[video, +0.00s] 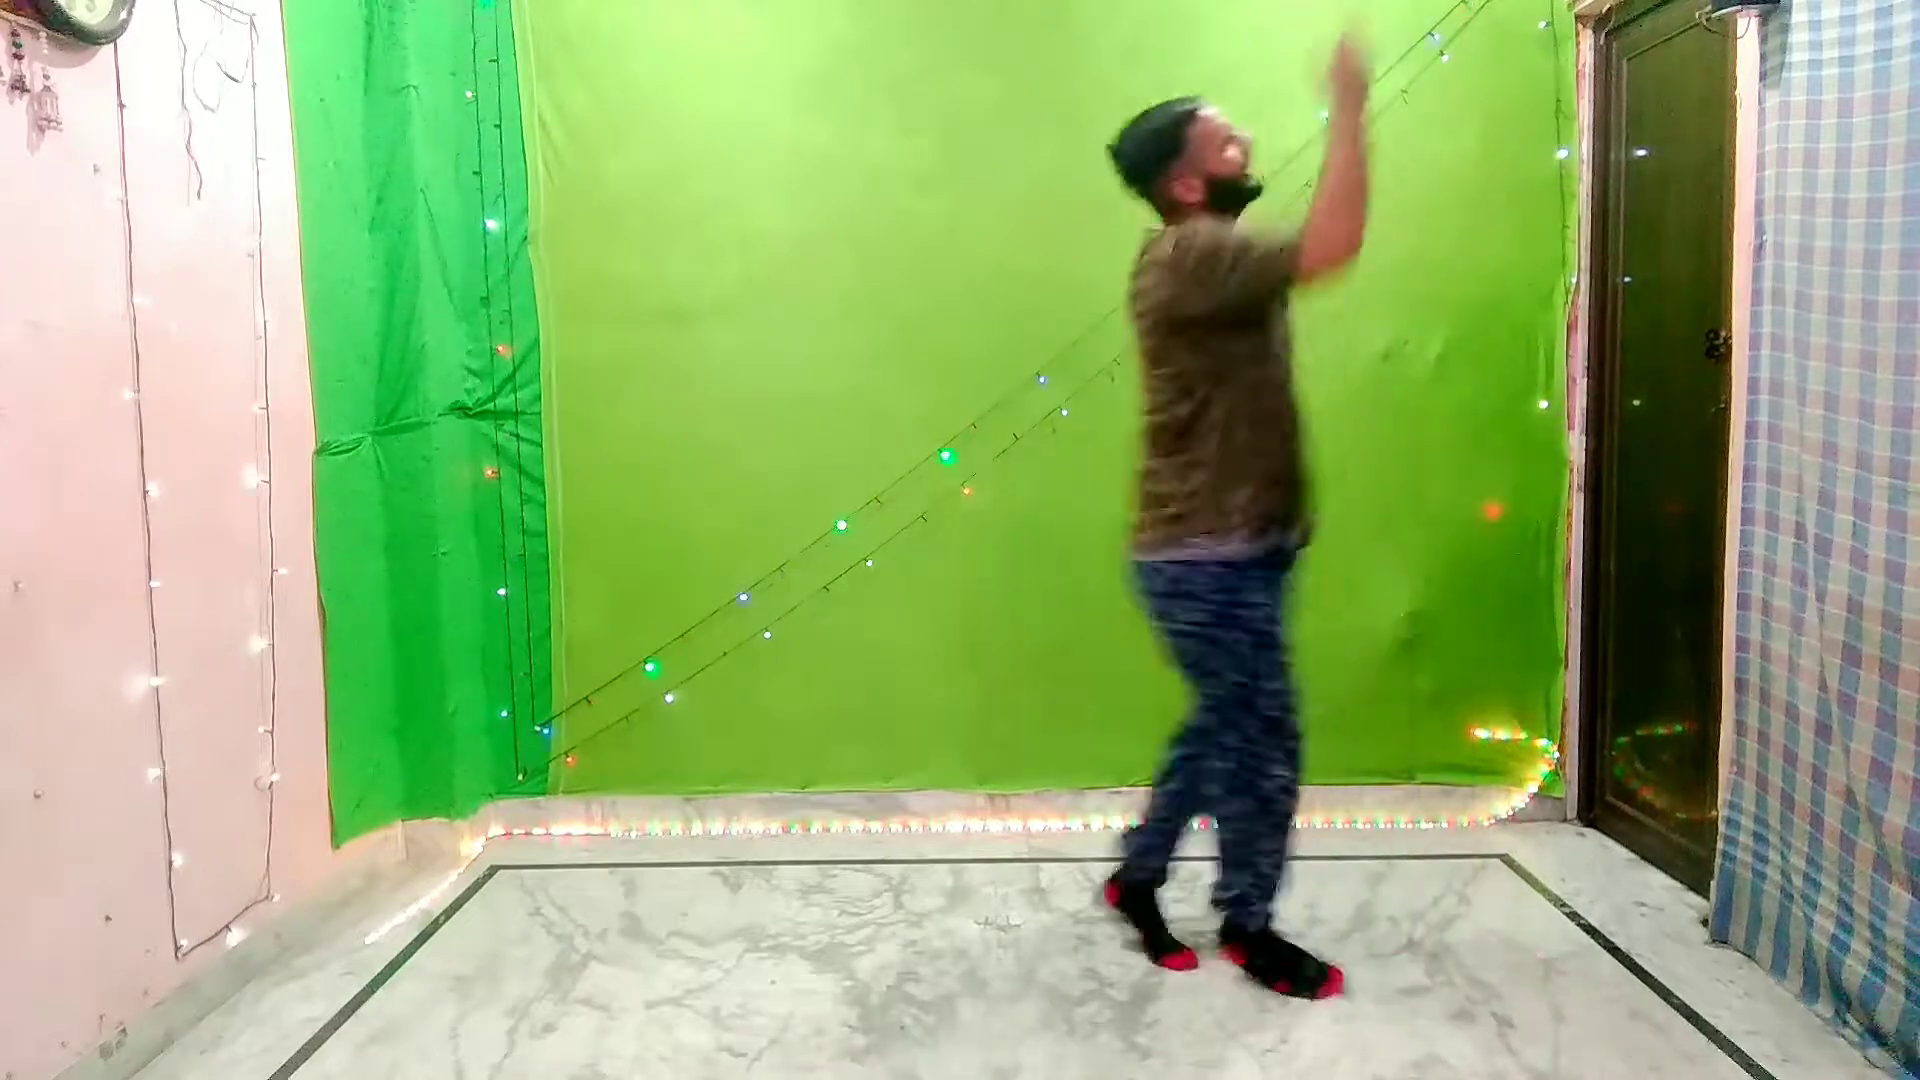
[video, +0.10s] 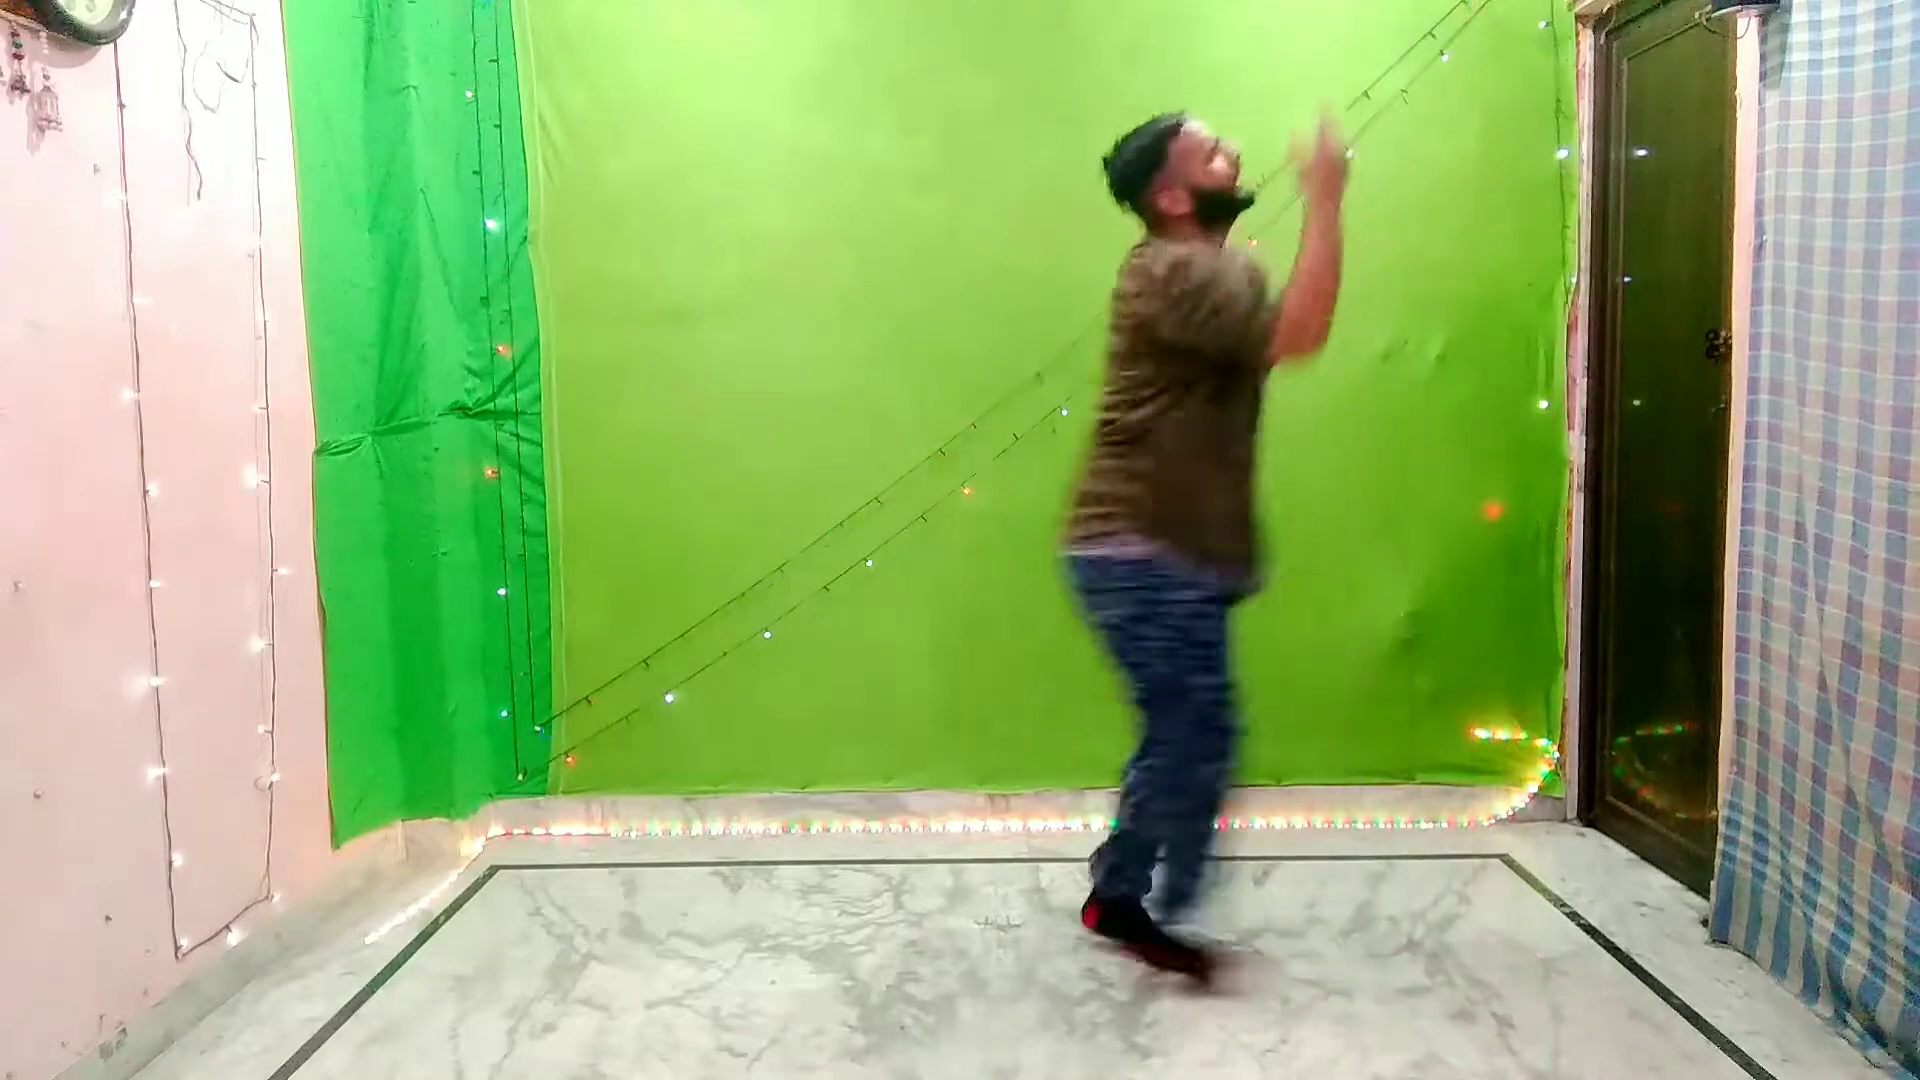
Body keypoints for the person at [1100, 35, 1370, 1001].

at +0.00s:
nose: (1241, 139)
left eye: (1229, 128)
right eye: (1221, 133)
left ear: (1182, 174)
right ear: (1184, 171)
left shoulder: (1201, 255)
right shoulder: (1190, 258)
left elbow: (1325, 244)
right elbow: (1330, 244)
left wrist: (1348, 123)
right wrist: (1350, 109)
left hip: (1228, 553)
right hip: (1207, 562)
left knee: (1224, 719)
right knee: (1262, 741)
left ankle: (1139, 875)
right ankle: (1247, 927)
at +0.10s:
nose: (1221, 146)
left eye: (1209, 136)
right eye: (1200, 146)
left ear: (1181, 197)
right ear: (1170, 196)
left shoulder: (1206, 265)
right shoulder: (1173, 269)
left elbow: (1293, 333)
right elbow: (1297, 333)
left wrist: (1320, 205)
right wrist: (1324, 203)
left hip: (1172, 550)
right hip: (1139, 551)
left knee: (1187, 726)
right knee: (1193, 729)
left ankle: (1124, 892)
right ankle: (1143, 908)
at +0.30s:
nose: (1151, 232)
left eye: (1140, 220)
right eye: (1130, 228)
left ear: (1101, 265)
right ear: (1092, 262)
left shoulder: (1116, 341)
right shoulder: (1083, 341)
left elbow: (1178, 409)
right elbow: (1202, 411)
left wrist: (1197, 466)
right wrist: (1293, 332)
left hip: (1068, 614)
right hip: (985, 607)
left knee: (1140, 733)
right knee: (898, 763)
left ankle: (1109, 911)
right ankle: (754, 882)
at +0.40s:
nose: (1094, 233)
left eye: (1084, 222)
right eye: (1073, 228)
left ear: (1048, 269)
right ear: (1036, 268)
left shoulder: (1071, 338)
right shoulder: (1028, 335)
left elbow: (1149, 367)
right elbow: (1150, 365)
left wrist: (1185, 407)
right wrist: (1260, 330)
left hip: (1038, 620)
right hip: (939, 613)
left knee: (1109, 737)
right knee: (859, 766)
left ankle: (1106, 911)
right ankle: (725, 894)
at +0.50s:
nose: (1022, 229)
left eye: (1015, 218)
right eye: (1004, 221)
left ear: (987, 250)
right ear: (962, 252)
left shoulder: (1001, 332)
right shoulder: (947, 330)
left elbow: (1081, 338)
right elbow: (1059, 348)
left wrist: (1147, 351)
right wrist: (1197, 312)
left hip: (999, 616)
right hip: (897, 614)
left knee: (1076, 739)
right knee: (826, 771)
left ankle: (1102, 911)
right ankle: (710, 904)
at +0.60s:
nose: (943, 223)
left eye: (938, 211)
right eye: (923, 217)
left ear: (923, 247)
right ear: (886, 252)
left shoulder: (946, 332)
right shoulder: (872, 333)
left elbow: (1023, 349)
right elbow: (992, 340)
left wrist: (1109, 325)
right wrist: (1120, 301)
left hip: (963, 616)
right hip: (859, 620)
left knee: (1046, 740)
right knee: (796, 778)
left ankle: (1096, 912)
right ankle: (701, 915)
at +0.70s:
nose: (850, 238)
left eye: (843, 227)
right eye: (828, 235)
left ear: (842, 248)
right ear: (784, 274)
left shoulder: (889, 337)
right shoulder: (775, 351)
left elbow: (991, 358)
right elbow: (876, 354)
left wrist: (1046, 312)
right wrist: (1016, 291)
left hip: (924, 616)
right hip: (814, 630)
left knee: (1012, 754)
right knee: (770, 796)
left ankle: (1081, 917)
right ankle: (697, 926)